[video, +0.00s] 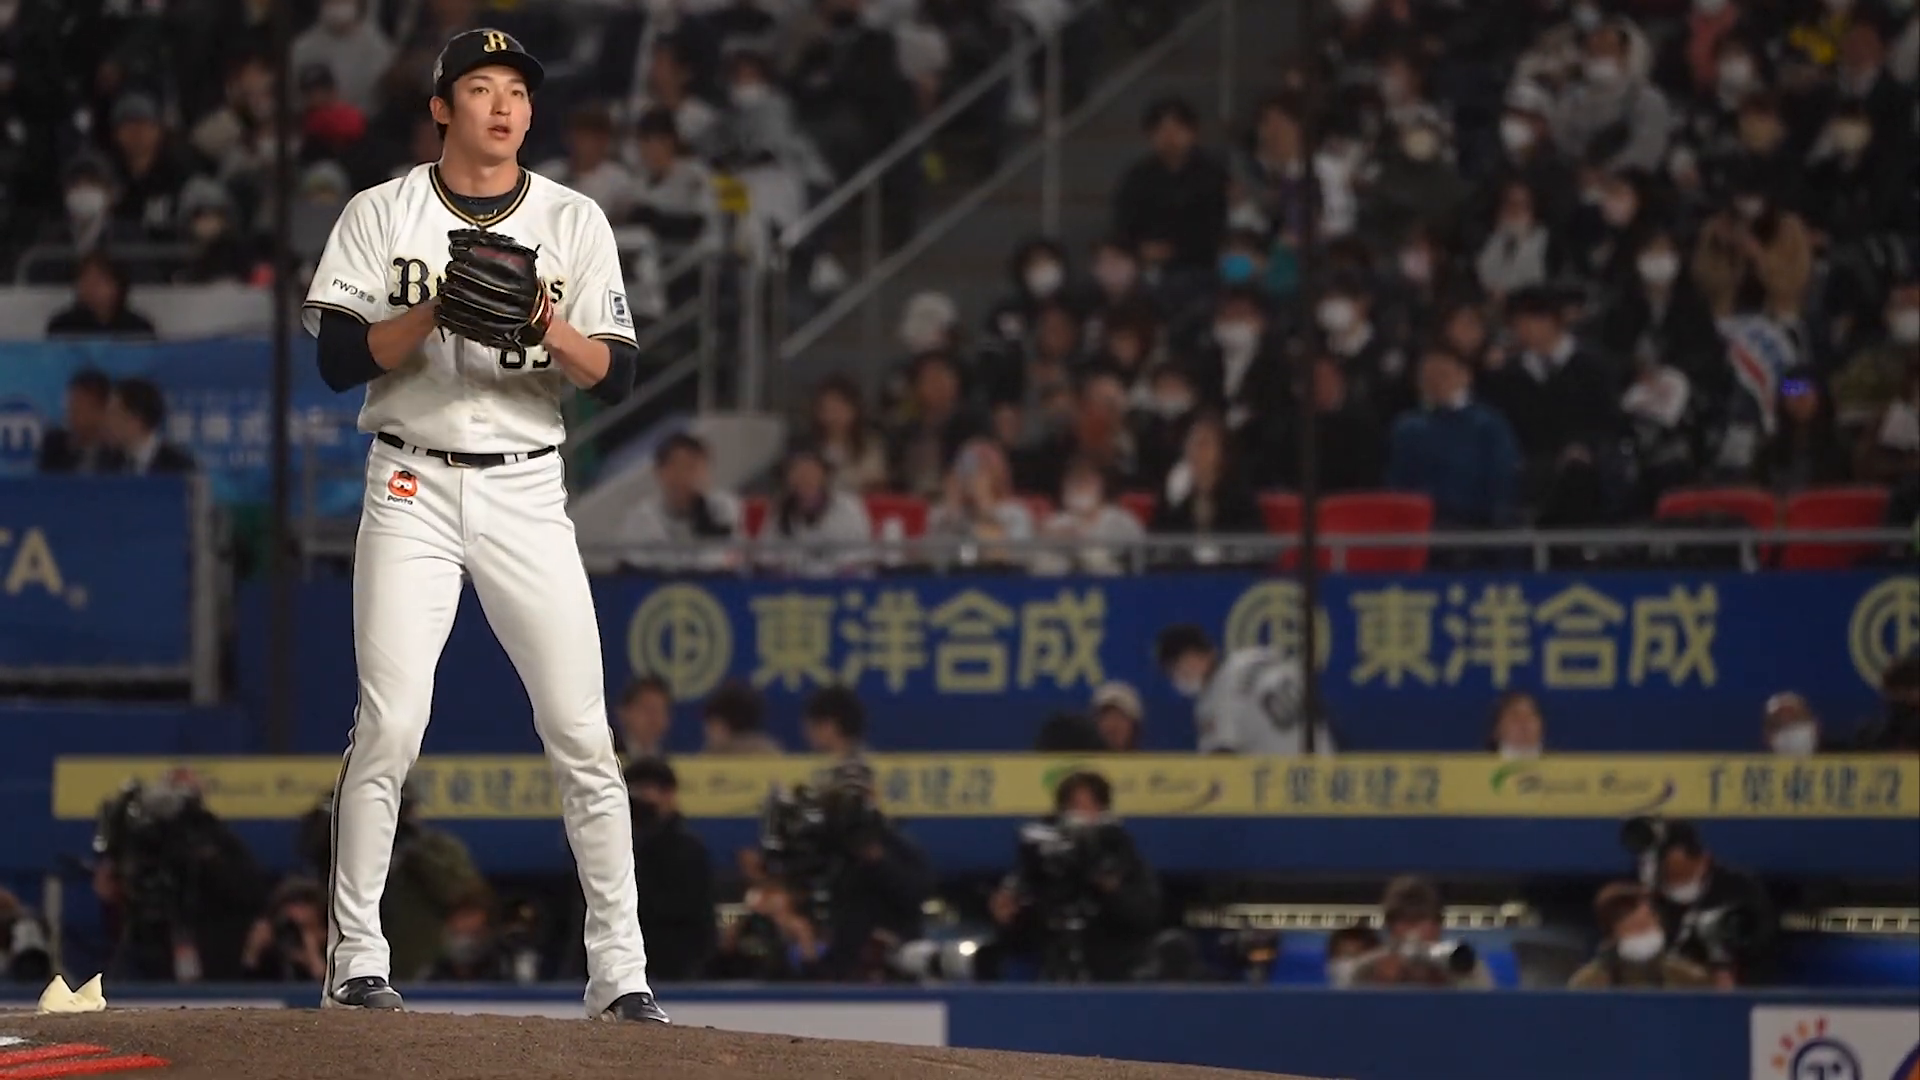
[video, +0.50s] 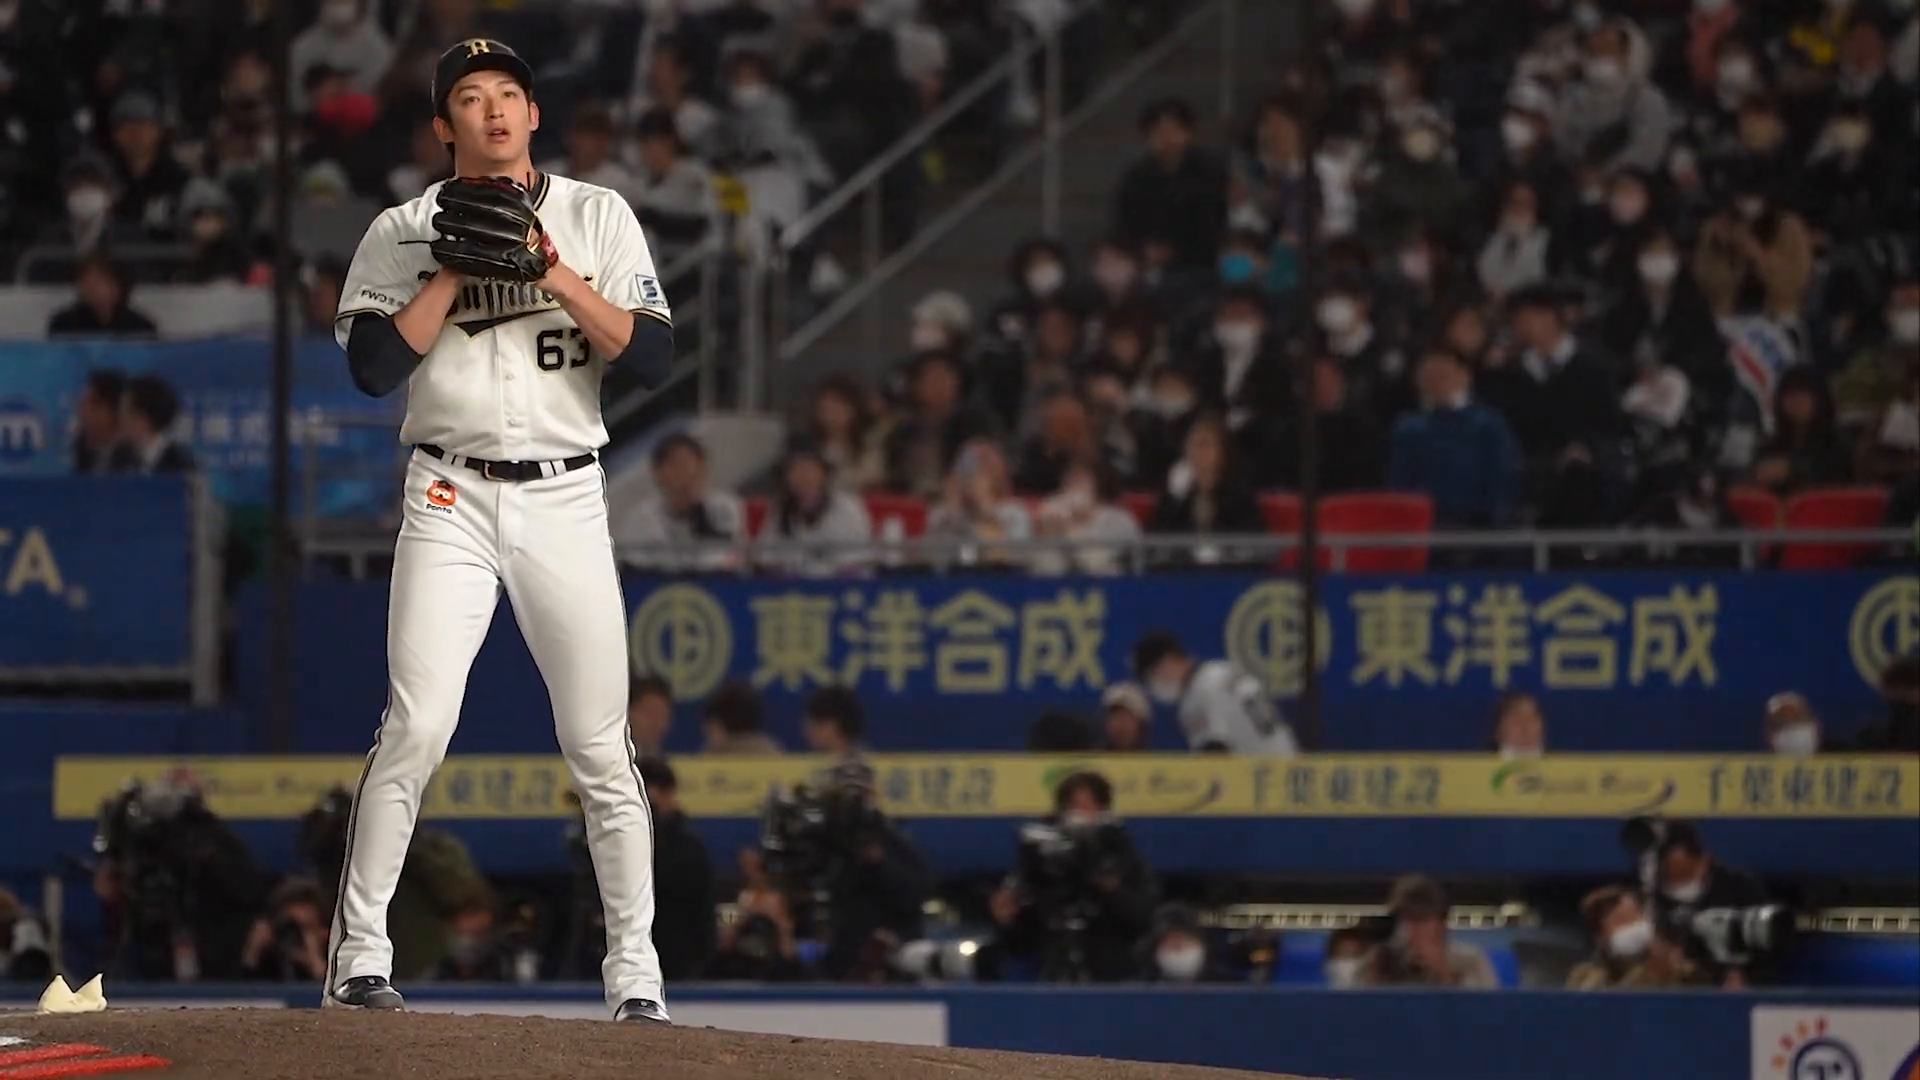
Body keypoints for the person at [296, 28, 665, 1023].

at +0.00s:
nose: (503, 109)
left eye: (515, 95)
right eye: (483, 95)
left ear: (530, 113)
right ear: (441, 110)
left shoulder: (574, 218)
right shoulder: (381, 212)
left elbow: (605, 371)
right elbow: (335, 362)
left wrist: (547, 324)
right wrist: (433, 310)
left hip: (527, 494)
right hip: (410, 488)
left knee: (585, 738)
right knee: (390, 724)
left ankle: (621, 983)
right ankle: (357, 964)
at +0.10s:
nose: (479, 102)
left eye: (492, 88)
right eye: (457, 89)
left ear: (511, 108)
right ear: (421, 111)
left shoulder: (561, 213)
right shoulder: (363, 214)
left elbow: (598, 364)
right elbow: (329, 362)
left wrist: (523, 292)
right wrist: (417, 283)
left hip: (523, 494)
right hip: (404, 490)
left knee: (585, 738)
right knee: (386, 729)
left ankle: (623, 978)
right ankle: (359, 965)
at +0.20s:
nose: (470, 98)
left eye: (482, 85)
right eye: (447, 87)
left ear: (503, 106)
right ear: (410, 111)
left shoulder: (554, 207)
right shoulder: (357, 214)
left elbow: (599, 358)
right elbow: (327, 358)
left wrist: (507, 260)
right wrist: (413, 261)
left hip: (523, 492)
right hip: (403, 490)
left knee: (582, 738)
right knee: (387, 727)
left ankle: (621, 966)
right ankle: (357, 960)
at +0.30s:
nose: (467, 101)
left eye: (479, 87)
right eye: (446, 89)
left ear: (504, 106)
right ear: (413, 113)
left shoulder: (559, 206)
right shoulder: (364, 215)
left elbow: (607, 354)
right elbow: (332, 359)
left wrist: (514, 252)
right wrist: (416, 254)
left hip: (529, 494)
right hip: (410, 491)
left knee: (582, 739)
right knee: (391, 727)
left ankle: (626, 967)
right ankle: (357, 956)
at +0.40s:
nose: (477, 106)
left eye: (490, 91)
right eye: (454, 95)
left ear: (517, 112)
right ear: (424, 123)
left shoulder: (574, 210)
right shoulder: (381, 223)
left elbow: (618, 347)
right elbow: (347, 362)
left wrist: (527, 258)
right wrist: (436, 257)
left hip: (544, 500)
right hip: (427, 496)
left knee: (589, 745)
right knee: (402, 728)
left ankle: (634, 974)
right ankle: (358, 956)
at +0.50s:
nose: (494, 111)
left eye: (507, 97)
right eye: (473, 102)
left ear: (535, 117)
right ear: (445, 131)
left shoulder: (595, 213)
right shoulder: (404, 229)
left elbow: (651, 355)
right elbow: (372, 370)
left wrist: (551, 269)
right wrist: (458, 266)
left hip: (566, 502)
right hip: (448, 498)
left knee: (598, 746)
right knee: (418, 726)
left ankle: (634, 973)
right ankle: (359, 955)